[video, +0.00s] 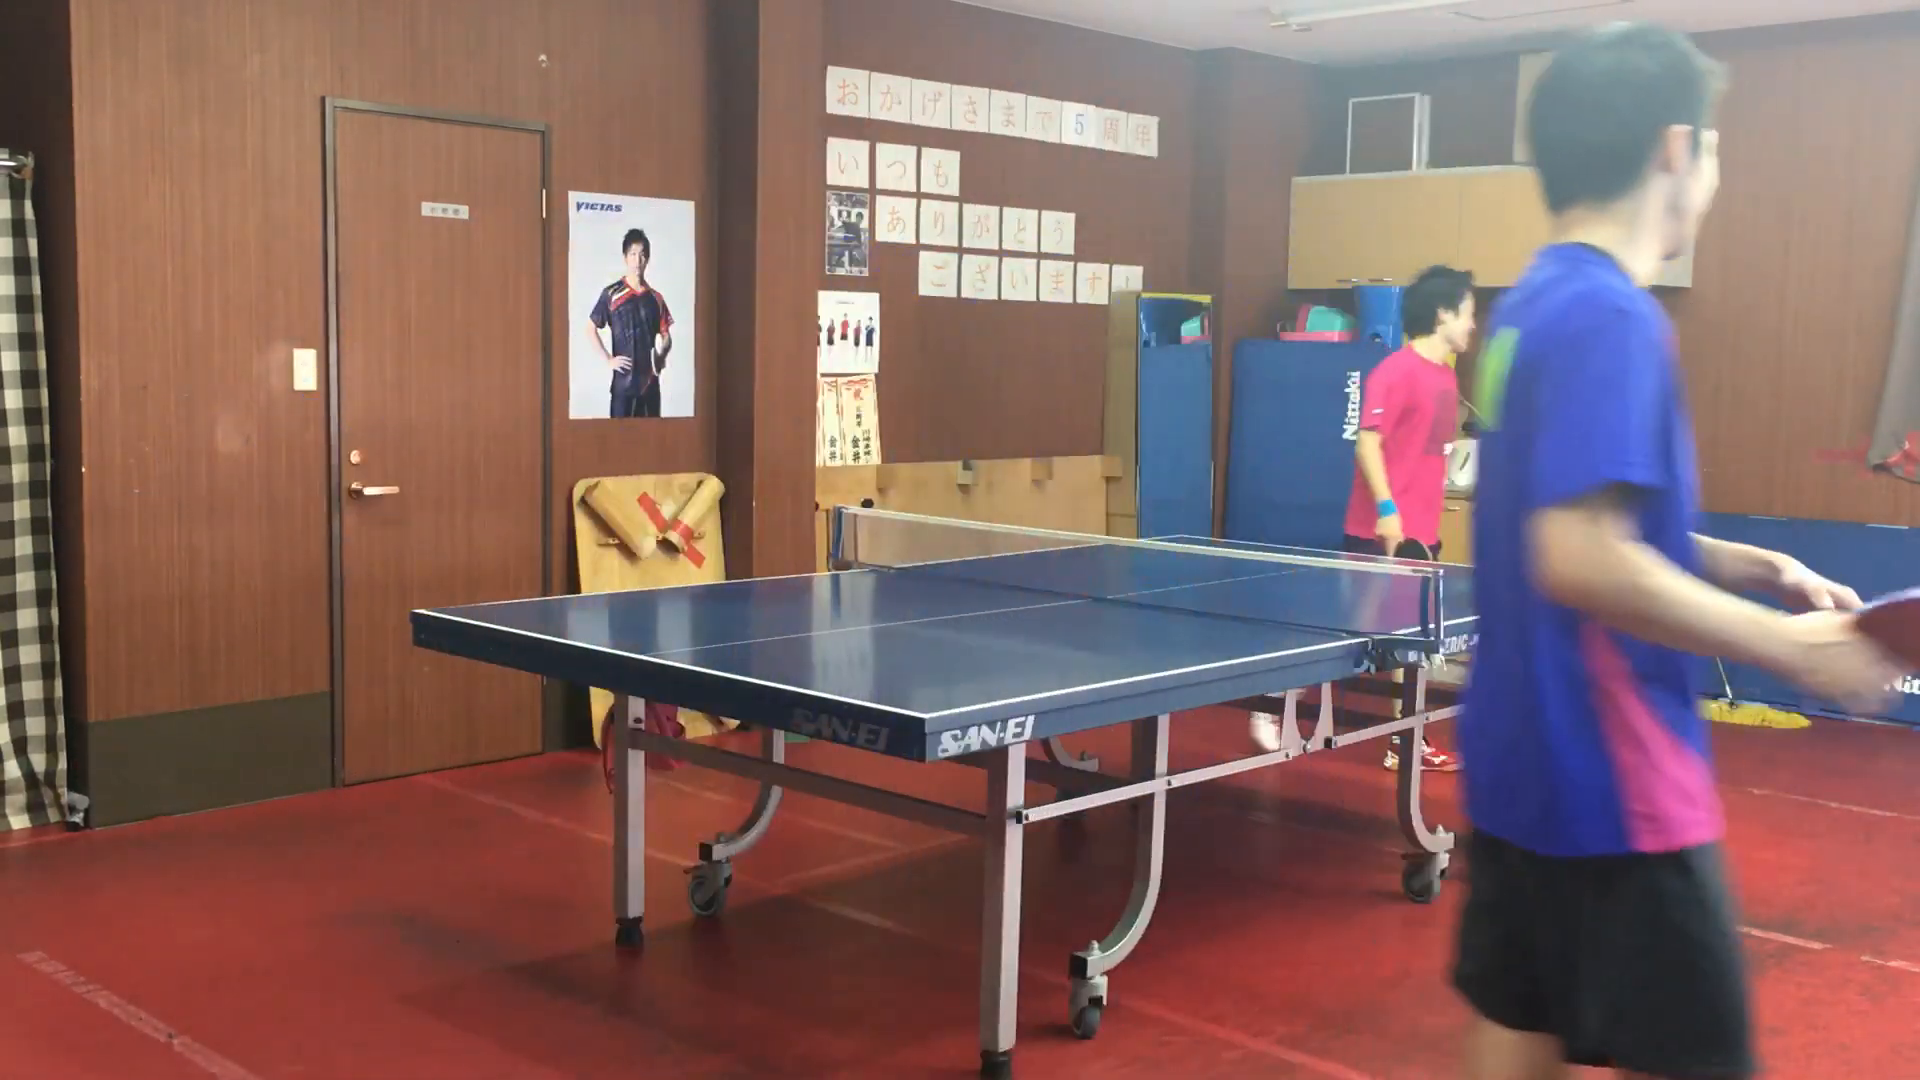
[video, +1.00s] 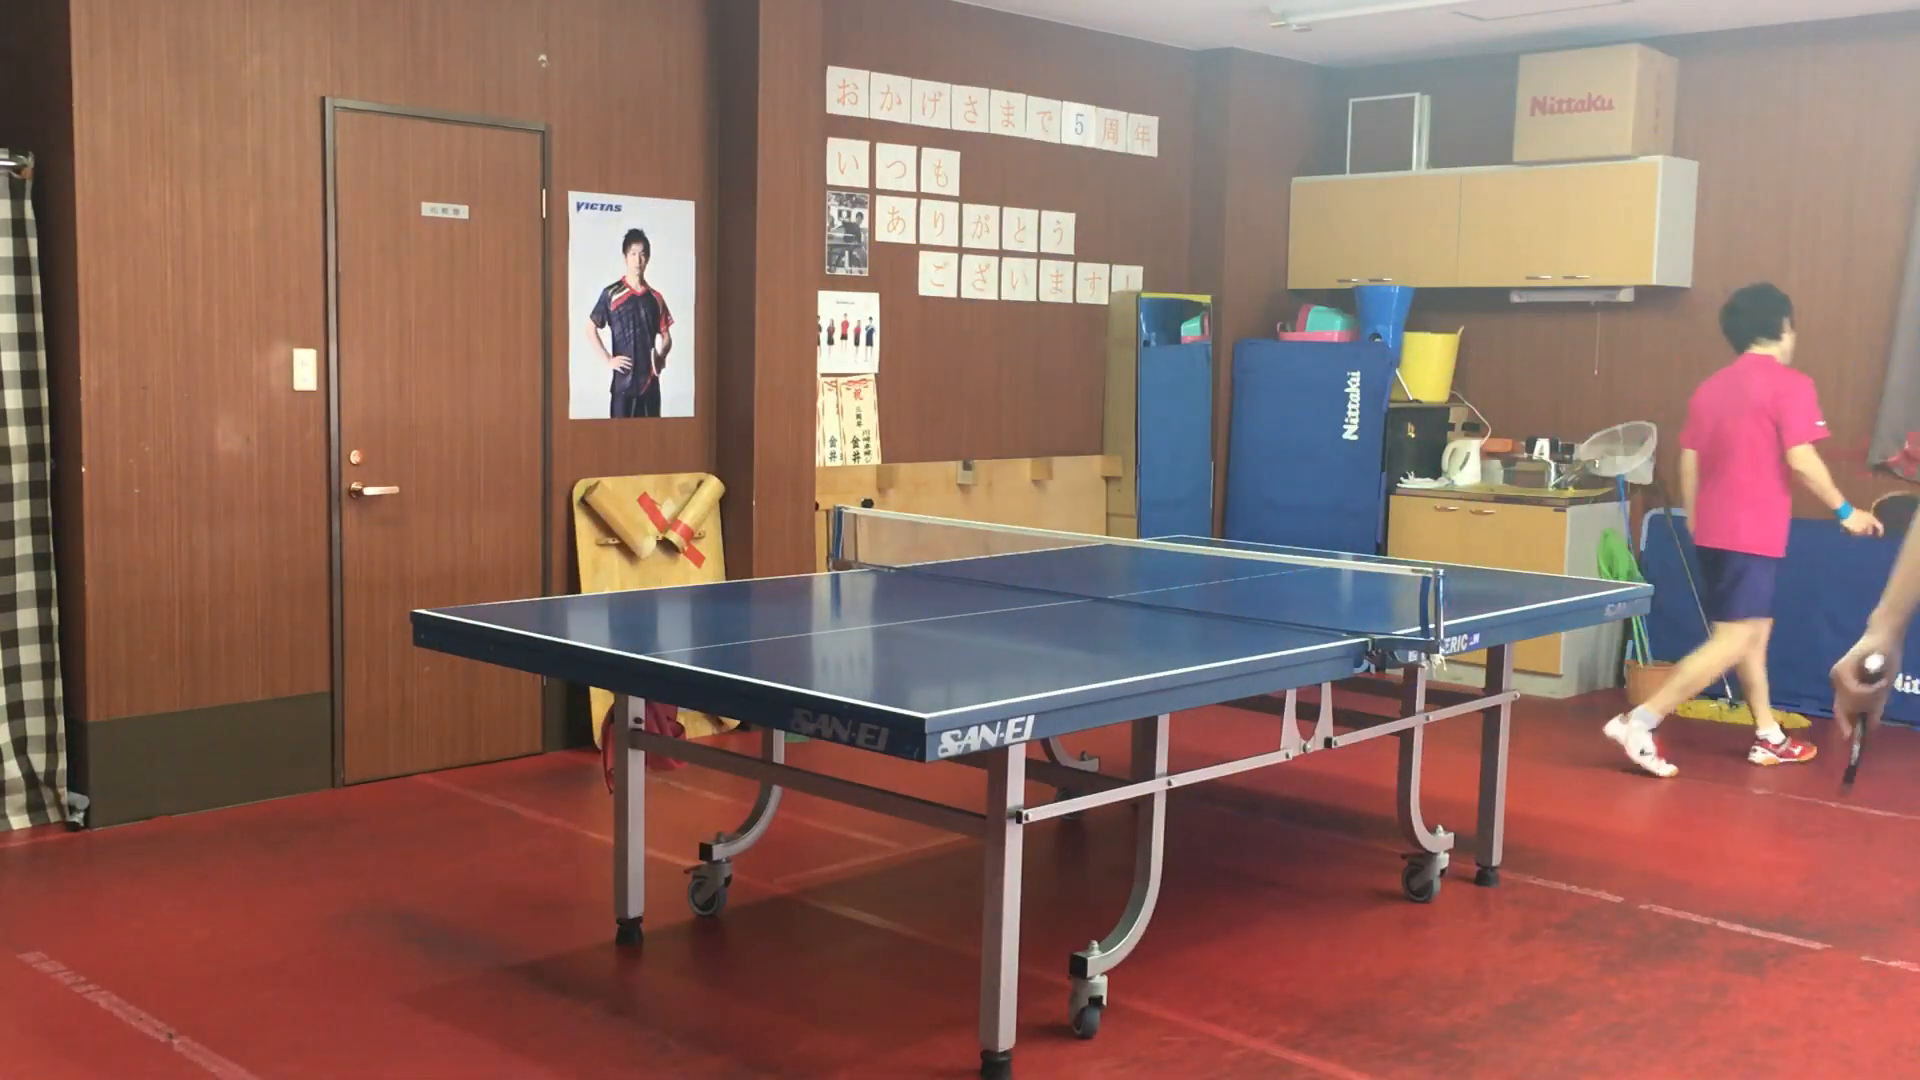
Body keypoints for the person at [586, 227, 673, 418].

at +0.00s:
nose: (638, 260)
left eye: (643, 254)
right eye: (633, 254)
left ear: (648, 258)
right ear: (625, 258)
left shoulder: (655, 297)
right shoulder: (611, 294)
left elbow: (665, 335)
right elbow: (591, 327)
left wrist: (661, 355)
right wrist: (608, 359)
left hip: (650, 378)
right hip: (624, 378)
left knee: (650, 435)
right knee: (621, 434)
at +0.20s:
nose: (638, 260)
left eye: (643, 254)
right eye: (633, 254)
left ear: (648, 258)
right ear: (625, 257)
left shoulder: (655, 297)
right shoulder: (611, 294)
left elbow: (665, 335)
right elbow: (591, 327)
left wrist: (661, 356)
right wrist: (608, 359)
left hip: (650, 378)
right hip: (624, 378)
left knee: (650, 436)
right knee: (621, 435)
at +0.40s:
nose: (638, 260)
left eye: (642, 254)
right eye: (633, 254)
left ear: (648, 258)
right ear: (625, 258)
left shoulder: (655, 297)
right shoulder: (611, 294)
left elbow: (665, 335)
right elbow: (591, 328)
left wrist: (661, 355)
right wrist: (608, 359)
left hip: (650, 377)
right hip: (624, 378)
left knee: (650, 436)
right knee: (621, 435)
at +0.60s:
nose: (638, 260)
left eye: (643, 254)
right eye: (633, 254)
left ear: (648, 258)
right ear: (625, 258)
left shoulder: (655, 297)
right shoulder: (611, 294)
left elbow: (665, 335)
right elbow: (591, 327)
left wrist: (661, 356)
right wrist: (608, 359)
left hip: (649, 377)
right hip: (624, 378)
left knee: (650, 435)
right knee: (621, 435)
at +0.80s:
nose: (638, 260)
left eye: (643, 254)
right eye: (633, 254)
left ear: (648, 258)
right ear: (625, 257)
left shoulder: (655, 297)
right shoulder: (611, 294)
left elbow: (665, 336)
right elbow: (591, 328)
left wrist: (661, 356)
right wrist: (608, 359)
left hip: (650, 378)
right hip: (624, 379)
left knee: (650, 436)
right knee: (622, 436)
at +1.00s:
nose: (638, 259)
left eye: (643, 254)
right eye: (633, 254)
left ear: (648, 258)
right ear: (625, 257)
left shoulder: (655, 297)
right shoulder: (611, 294)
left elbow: (665, 336)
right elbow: (591, 328)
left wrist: (661, 356)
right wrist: (608, 359)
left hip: (650, 378)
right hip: (624, 379)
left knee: (650, 436)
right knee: (622, 436)